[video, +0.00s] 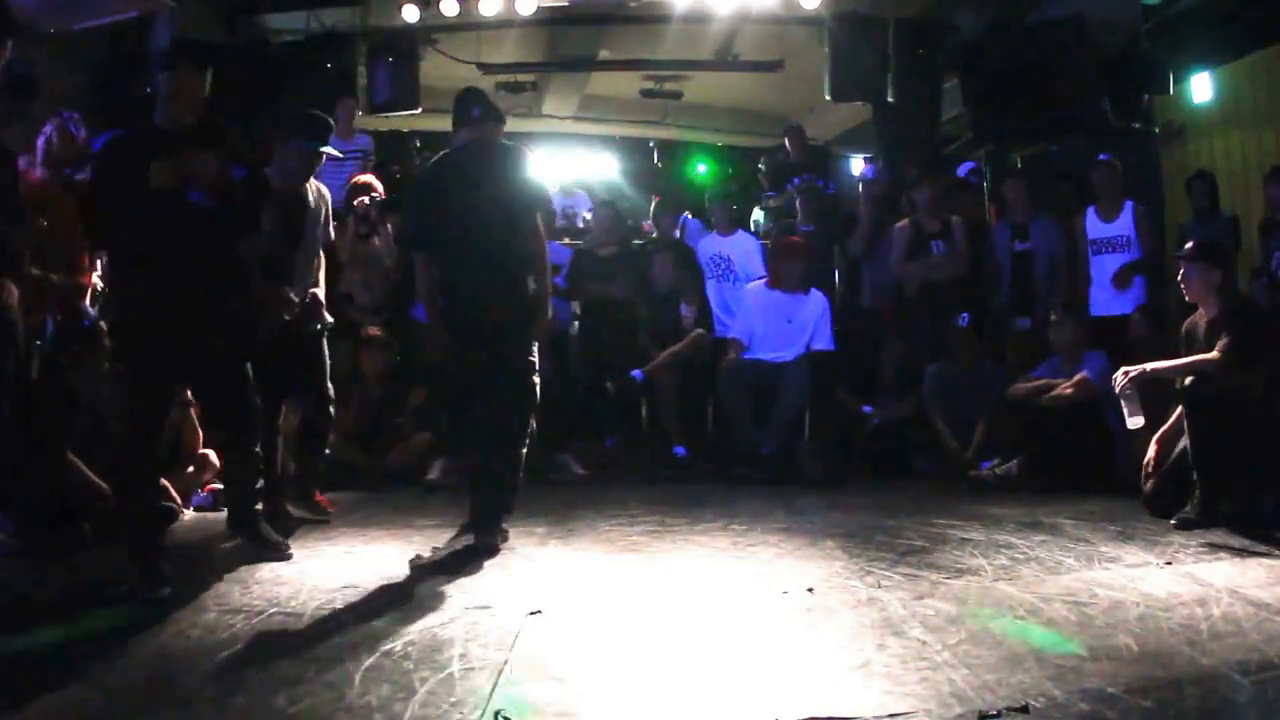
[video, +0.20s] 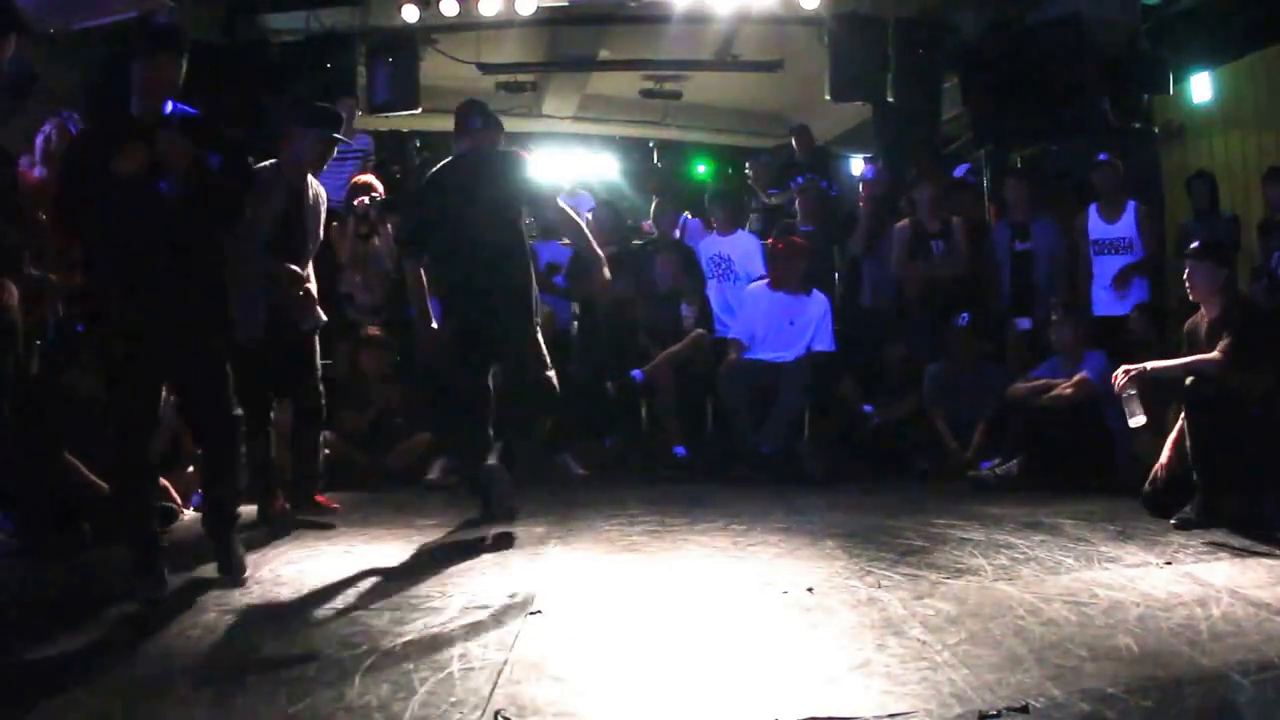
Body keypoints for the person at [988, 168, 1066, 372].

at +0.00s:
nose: (1016, 197)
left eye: (1020, 191)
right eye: (1011, 191)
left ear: (1028, 194)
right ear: (1004, 195)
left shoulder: (1047, 229)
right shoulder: (998, 233)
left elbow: (1058, 270)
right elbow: (993, 273)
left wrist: (1055, 304)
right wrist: (996, 305)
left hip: (1041, 308)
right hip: (1009, 310)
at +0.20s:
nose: (1015, 197)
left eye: (1019, 190)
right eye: (1010, 191)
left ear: (1027, 194)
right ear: (1004, 196)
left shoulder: (1045, 228)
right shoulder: (999, 232)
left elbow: (1057, 265)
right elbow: (995, 270)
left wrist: (1057, 299)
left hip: (1041, 300)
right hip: (1010, 302)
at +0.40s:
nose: (1015, 195)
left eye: (1019, 189)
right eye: (1010, 189)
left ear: (1028, 192)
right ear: (1005, 194)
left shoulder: (1046, 228)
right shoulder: (999, 231)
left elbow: (1057, 267)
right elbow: (994, 271)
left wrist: (1056, 299)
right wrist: (996, 304)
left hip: (1041, 303)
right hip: (1009, 305)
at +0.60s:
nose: (1014, 195)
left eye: (1019, 189)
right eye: (1010, 189)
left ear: (1028, 192)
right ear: (1005, 193)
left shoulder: (1046, 229)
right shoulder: (999, 231)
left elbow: (1057, 266)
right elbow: (995, 270)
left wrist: (1055, 298)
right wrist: (997, 303)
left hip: (1040, 304)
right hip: (1009, 306)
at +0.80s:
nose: (1017, 196)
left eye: (1021, 190)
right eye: (1012, 190)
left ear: (1029, 193)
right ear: (1007, 195)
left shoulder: (1045, 227)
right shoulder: (1000, 230)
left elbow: (1057, 265)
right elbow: (997, 269)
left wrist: (1054, 300)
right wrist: (999, 303)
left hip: (1040, 302)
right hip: (1010, 304)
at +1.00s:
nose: (1018, 198)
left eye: (1022, 192)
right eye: (1013, 193)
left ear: (1030, 195)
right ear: (1007, 197)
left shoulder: (1047, 227)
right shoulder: (1000, 231)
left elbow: (1056, 265)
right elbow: (998, 269)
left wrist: (1054, 298)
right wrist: (999, 302)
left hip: (1040, 300)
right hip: (1010, 303)